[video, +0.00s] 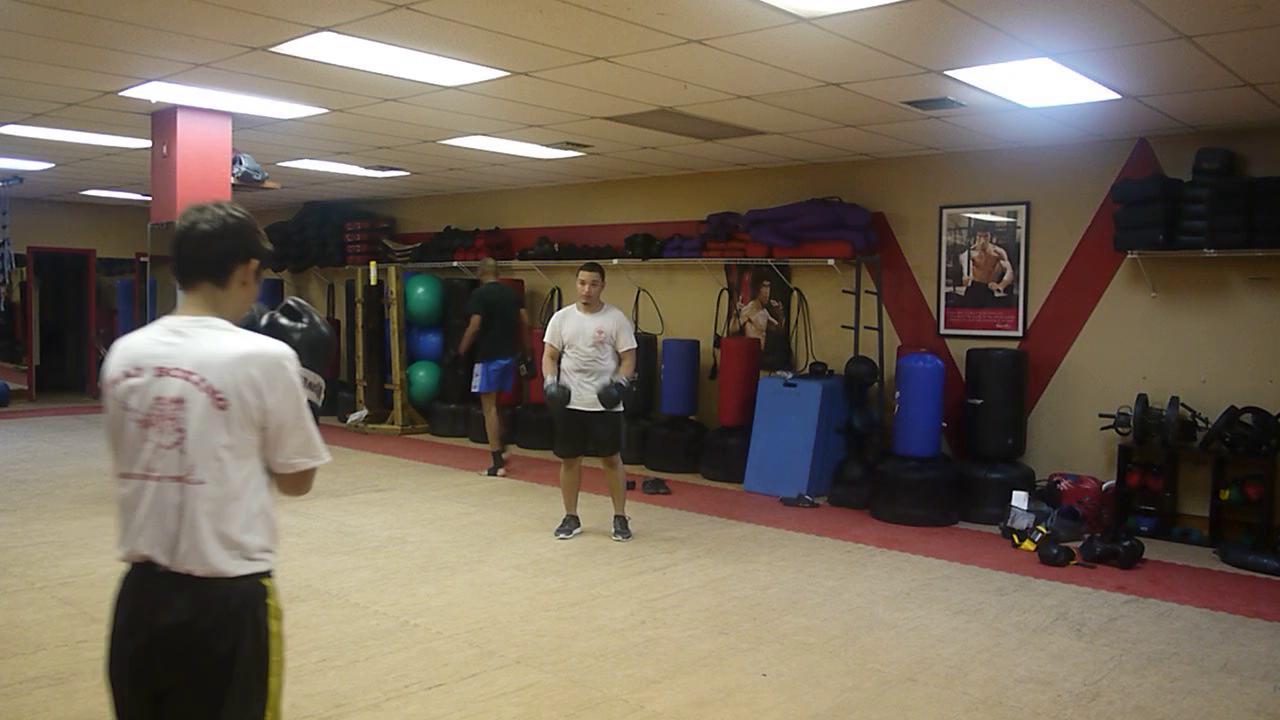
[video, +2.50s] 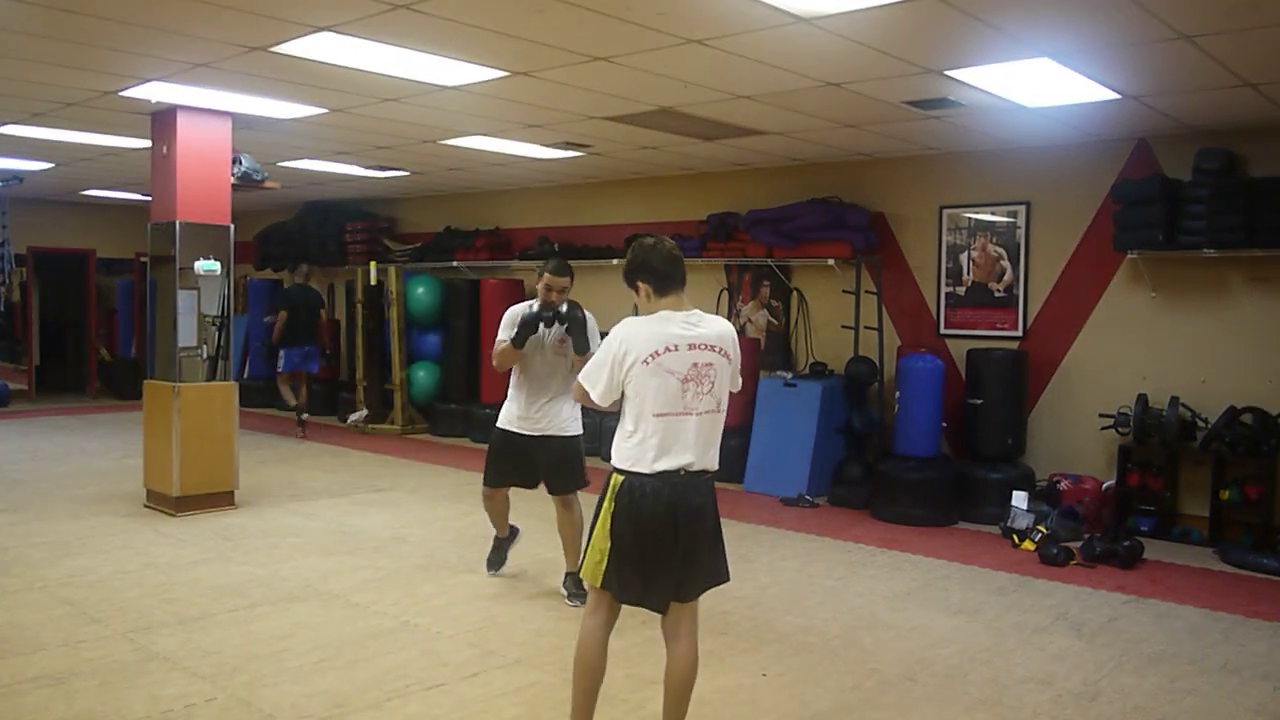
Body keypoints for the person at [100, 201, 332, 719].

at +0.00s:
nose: (257, 290)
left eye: (260, 277)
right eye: (258, 276)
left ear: (180, 269)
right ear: (244, 273)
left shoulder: (123, 355)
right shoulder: (264, 358)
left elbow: (130, 461)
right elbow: (297, 480)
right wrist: (292, 381)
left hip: (142, 600)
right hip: (232, 609)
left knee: (143, 713)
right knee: (236, 712)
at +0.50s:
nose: (374, 277)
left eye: (372, 267)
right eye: (373, 267)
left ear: (302, 272)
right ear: (366, 268)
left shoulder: (260, 343)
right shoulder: (392, 342)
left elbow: (266, 432)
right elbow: (399, 441)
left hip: (271, 554)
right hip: (356, 560)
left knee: (299, 707)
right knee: (394, 702)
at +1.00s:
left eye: (432, 271)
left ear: (433, 277)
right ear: (494, 277)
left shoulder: (398, 338)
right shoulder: (523, 341)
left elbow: (387, 435)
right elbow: (546, 443)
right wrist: (488, 425)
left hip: (414, 539)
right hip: (493, 541)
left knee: (408, 673)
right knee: (483, 685)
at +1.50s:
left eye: (482, 291)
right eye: (542, 286)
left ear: (482, 295)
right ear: (537, 289)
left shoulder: (461, 349)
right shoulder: (571, 345)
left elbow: (453, 435)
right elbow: (607, 432)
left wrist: (506, 426)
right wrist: (553, 418)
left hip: (481, 518)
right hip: (549, 519)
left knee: (495, 645)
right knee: (550, 646)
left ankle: (491, 719)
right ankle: (536, 715)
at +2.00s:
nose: (571, 302)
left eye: (570, 294)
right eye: (569, 295)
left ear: (579, 293)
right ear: (627, 288)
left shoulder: (566, 340)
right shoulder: (667, 337)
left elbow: (545, 407)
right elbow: (697, 398)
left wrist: (597, 398)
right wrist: (647, 383)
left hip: (580, 503)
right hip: (646, 503)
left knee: (542, 623)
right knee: (655, 628)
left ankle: (510, 716)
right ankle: (663, 718)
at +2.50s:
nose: (636, 300)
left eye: (634, 291)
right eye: (635, 291)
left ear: (642, 287)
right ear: (683, 280)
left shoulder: (631, 334)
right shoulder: (724, 332)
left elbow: (591, 393)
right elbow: (726, 390)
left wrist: (648, 391)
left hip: (631, 494)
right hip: (696, 495)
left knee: (598, 613)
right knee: (682, 627)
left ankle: (579, 716)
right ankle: (673, 718)